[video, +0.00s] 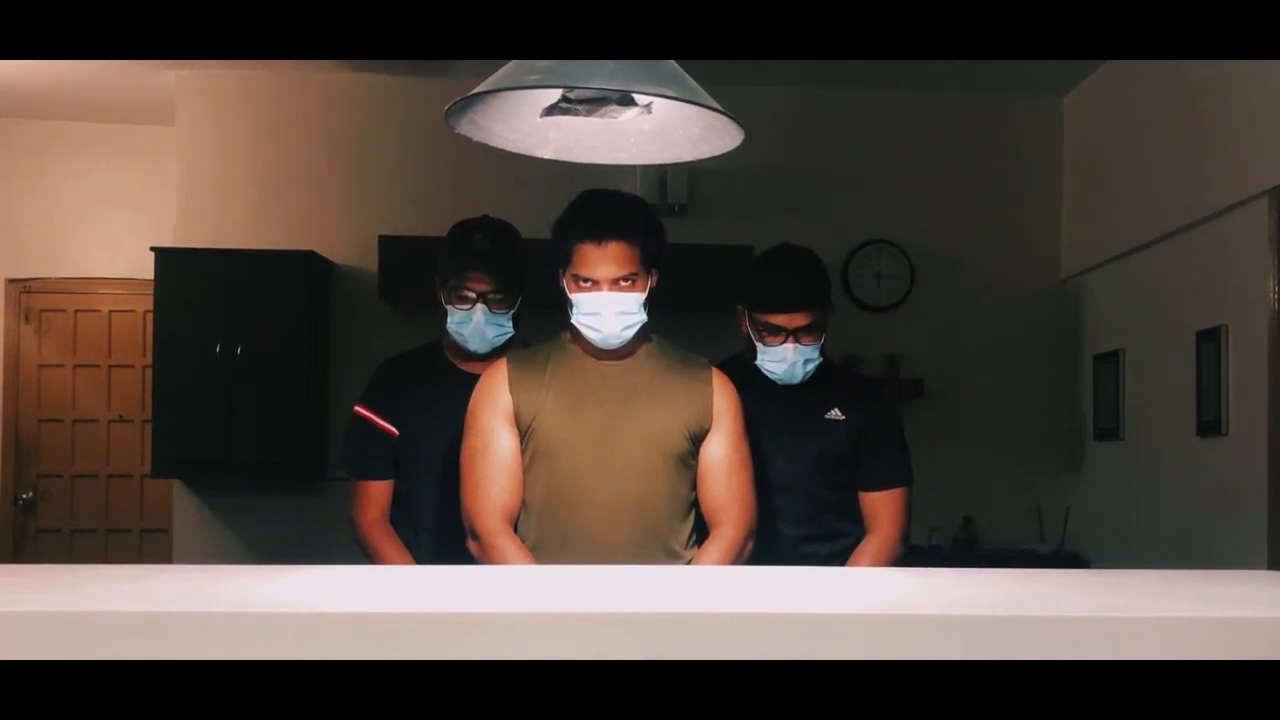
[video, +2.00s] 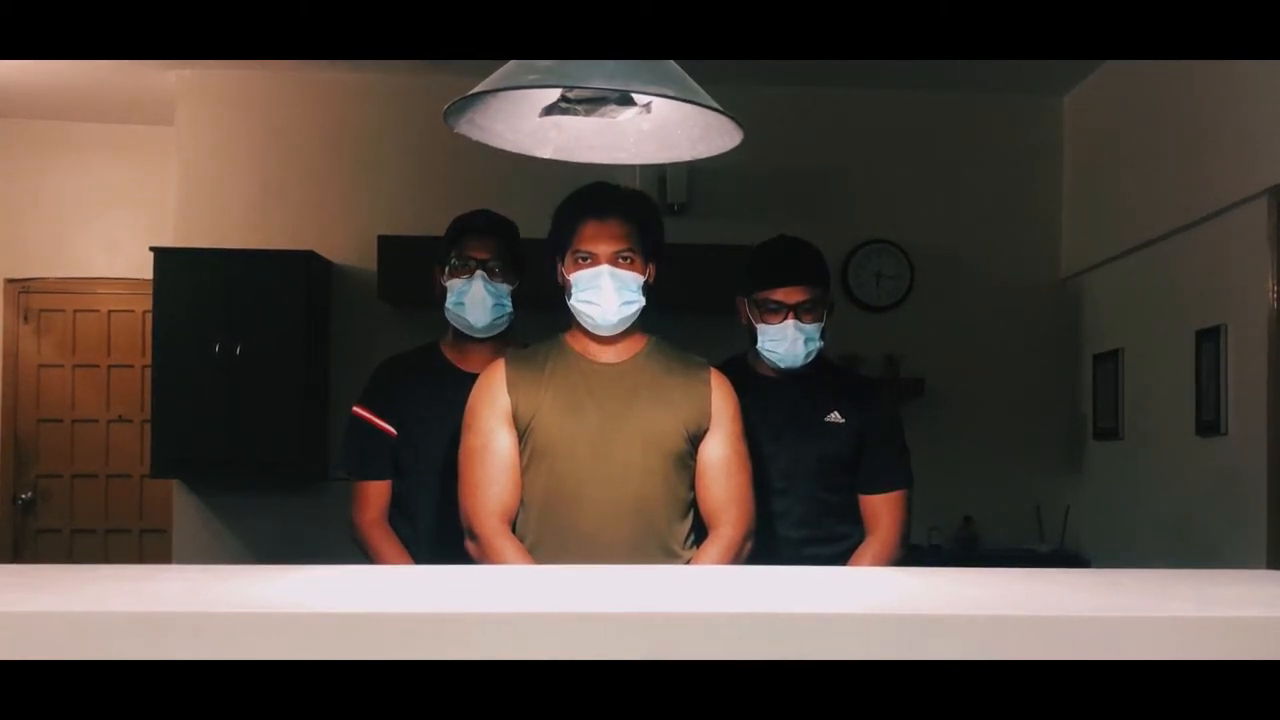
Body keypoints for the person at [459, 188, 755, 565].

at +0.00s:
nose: (605, 300)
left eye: (624, 282)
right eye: (586, 283)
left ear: (649, 282)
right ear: (564, 281)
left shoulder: (707, 389)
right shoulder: (507, 383)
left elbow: (733, 533)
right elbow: (488, 530)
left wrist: (670, 615)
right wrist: (555, 611)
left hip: (667, 615)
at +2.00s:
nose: (604, 275)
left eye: (623, 258)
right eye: (586, 259)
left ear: (648, 271)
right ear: (562, 270)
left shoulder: (705, 389)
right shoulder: (505, 383)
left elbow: (732, 531)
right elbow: (486, 531)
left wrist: (667, 615)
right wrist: (555, 615)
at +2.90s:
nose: (601, 258)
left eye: (620, 244)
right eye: (583, 244)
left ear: (645, 269)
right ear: (560, 268)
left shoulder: (705, 388)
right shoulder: (503, 381)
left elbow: (732, 530)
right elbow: (483, 528)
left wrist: (668, 615)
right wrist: (552, 616)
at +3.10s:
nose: (601, 254)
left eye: (620, 241)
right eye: (584, 240)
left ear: (645, 268)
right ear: (560, 266)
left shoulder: (704, 388)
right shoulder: (503, 381)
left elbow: (732, 530)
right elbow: (483, 529)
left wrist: (668, 615)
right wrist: (553, 616)